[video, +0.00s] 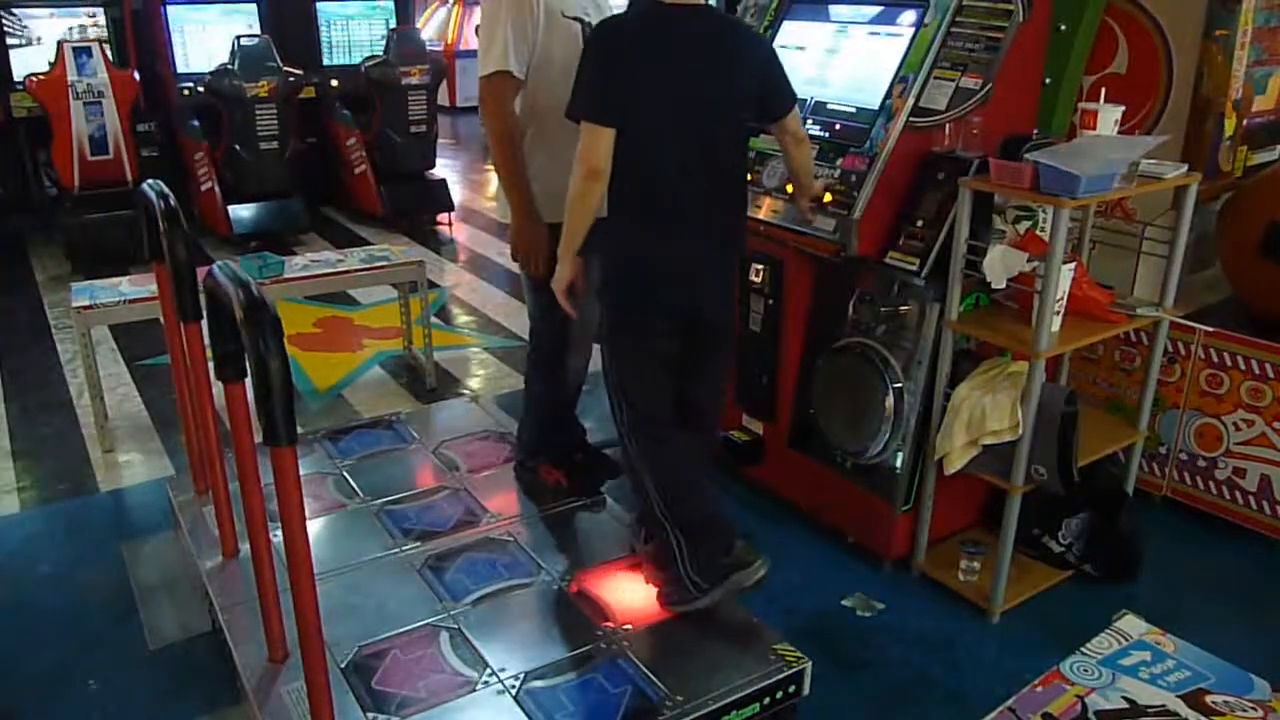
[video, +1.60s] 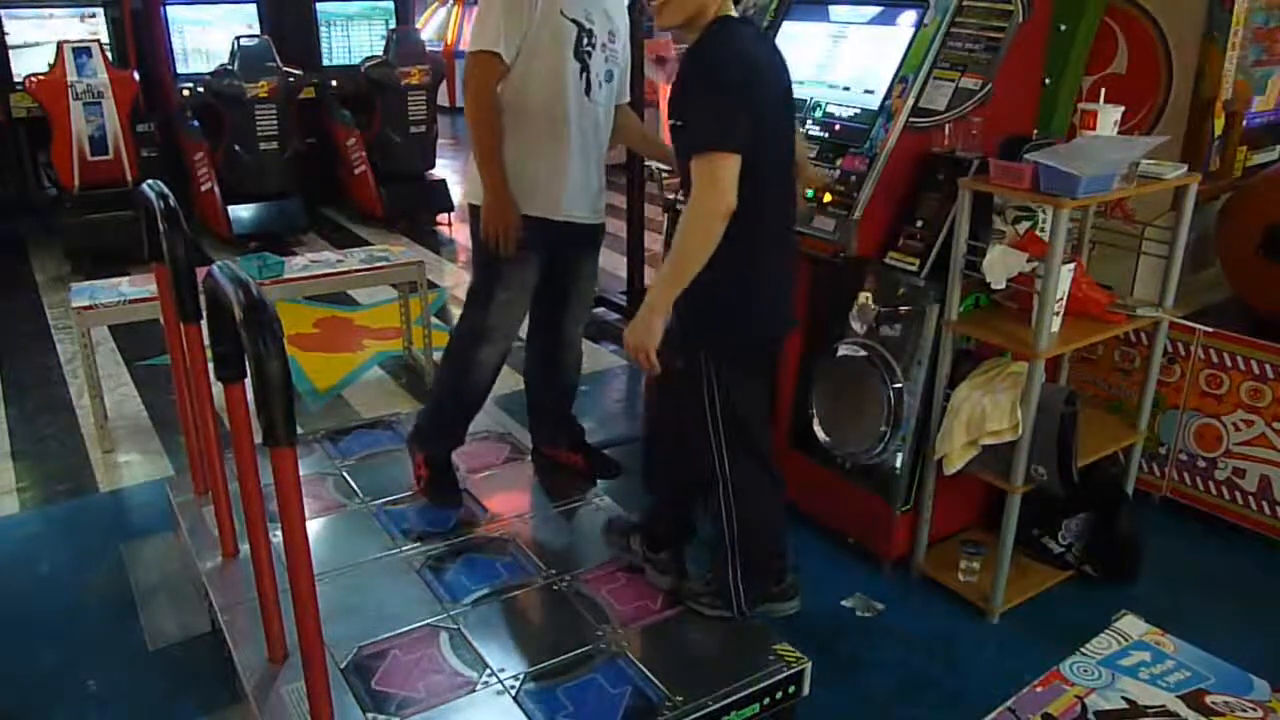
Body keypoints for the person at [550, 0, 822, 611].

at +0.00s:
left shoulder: (616, 37)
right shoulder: (747, 42)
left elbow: (593, 166)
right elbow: (795, 143)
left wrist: (569, 252)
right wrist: (807, 187)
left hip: (634, 255)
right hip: (713, 259)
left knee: (644, 411)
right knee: (696, 404)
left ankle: (718, 554)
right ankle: (660, 532)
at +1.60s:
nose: (651, 4)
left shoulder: (714, 60)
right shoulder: (751, 48)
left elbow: (714, 199)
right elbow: (796, 168)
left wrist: (655, 304)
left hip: (720, 294)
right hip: (748, 285)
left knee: (729, 441)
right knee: (676, 418)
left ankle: (757, 582)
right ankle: (662, 540)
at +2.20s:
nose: (552, 6)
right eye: (548, 2)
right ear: (563, 4)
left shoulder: (658, 54)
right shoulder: (576, 55)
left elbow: (689, 187)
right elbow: (589, 177)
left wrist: (663, 311)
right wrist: (569, 259)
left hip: (639, 280)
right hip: (591, 273)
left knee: (639, 425)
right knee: (594, 417)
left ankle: (716, 553)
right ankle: (602, 550)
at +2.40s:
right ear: (519, 1)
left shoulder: (630, 53)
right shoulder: (521, 51)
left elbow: (660, 187)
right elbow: (519, 168)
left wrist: (630, 311)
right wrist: (487, 265)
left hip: (602, 287)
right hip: (533, 279)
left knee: (583, 454)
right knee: (548, 446)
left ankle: (631, 568)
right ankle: (590, 562)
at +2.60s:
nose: (474, 0)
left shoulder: (603, 53)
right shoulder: (480, 44)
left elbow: (638, 190)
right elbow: (468, 163)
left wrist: (624, 314)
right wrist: (425, 266)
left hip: (583, 285)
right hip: (504, 279)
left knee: (546, 457)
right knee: (554, 425)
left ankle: (520, 623)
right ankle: (600, 542)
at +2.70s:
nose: (462, 4)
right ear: (464, 0)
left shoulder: (596, 62)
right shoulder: (463, 47)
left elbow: (626, 204)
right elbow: (448, 171)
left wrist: (625, 325)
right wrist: (407, 270)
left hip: (571, 296)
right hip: (489, 292)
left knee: (529, 470)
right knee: (535, 431)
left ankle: (505, 641)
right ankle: (596, 540)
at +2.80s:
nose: (449, 2)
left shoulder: (588, 72)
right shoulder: (443, 50)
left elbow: (615, 213)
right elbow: (433, 174)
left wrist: (623, 338)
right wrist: (391, 281)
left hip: (552, 315)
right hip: (470, 309)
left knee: (523, 479)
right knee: (489, 444)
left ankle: (504, 647)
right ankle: (585, 532)